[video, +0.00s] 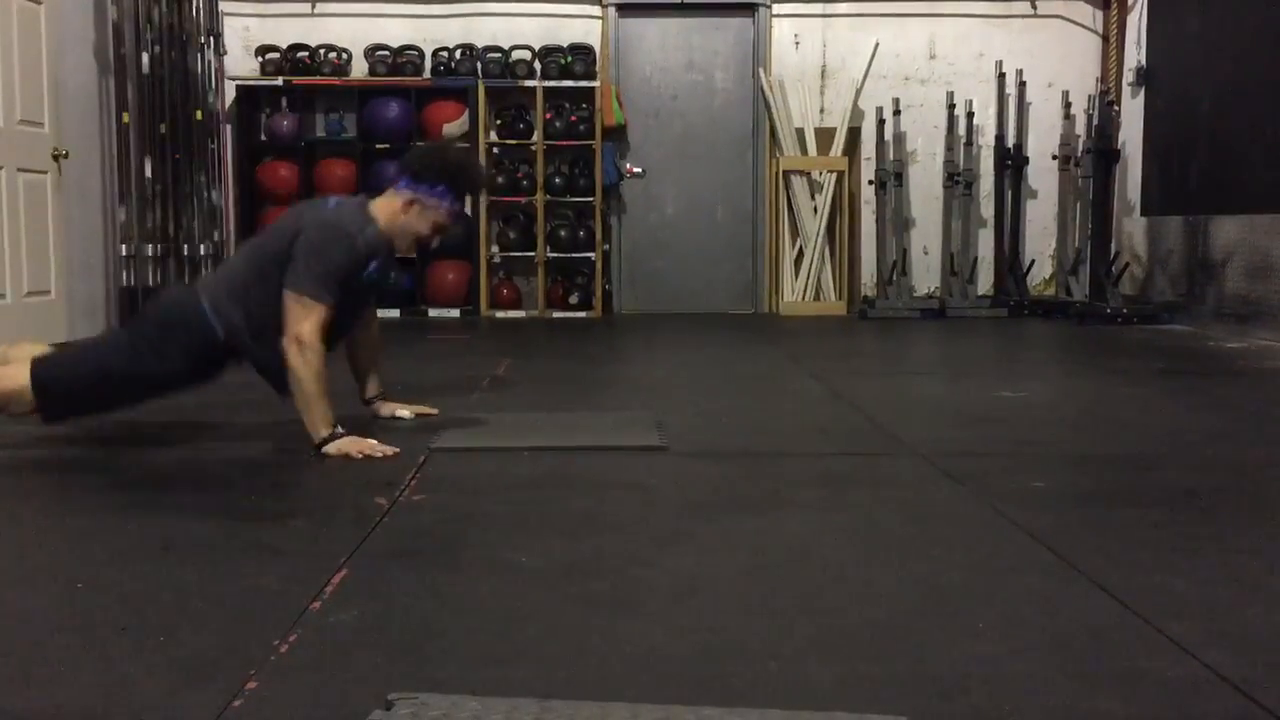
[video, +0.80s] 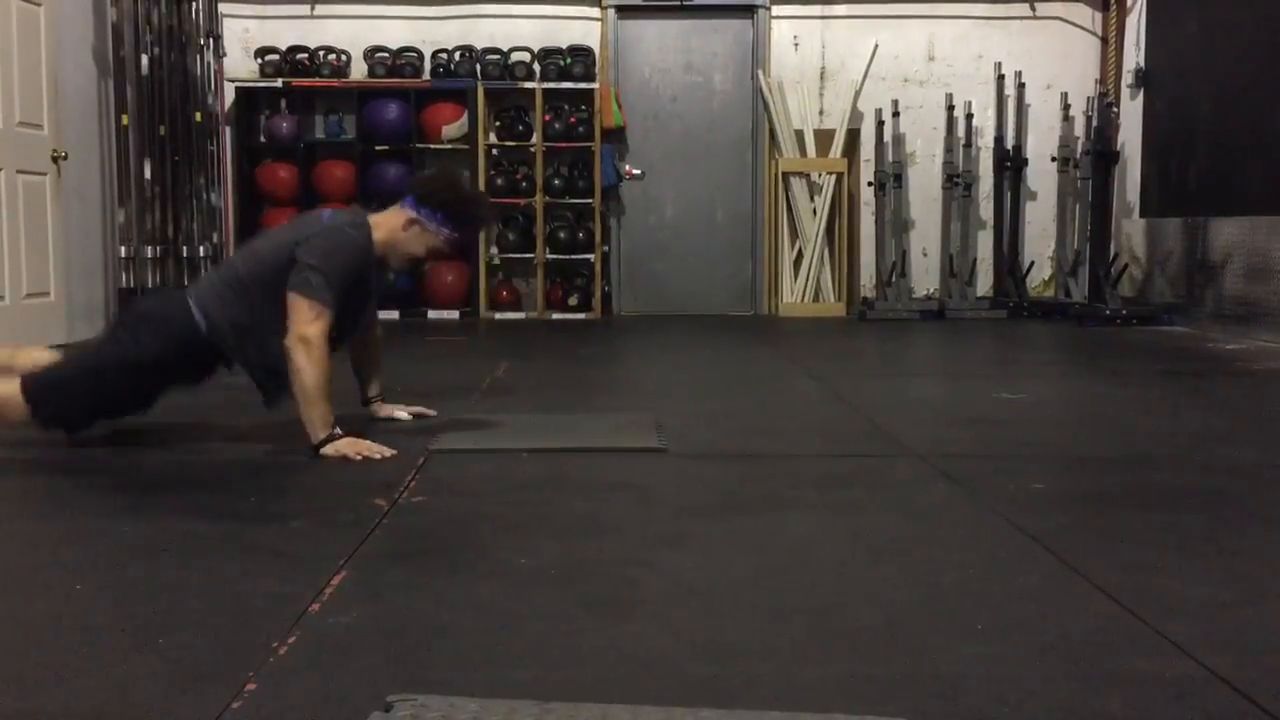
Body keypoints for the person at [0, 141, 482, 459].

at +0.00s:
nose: (437, 233)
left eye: (444, 224)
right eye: (437, 219)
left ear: (415, 201)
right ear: (408, 198)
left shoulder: (372, 242)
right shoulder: (337, 232)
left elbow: (361, 322)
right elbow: (300, 339)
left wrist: (374, 396)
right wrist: (328, 437)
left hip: (211, 328)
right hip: (194, 327)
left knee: (45, 377)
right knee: (33, 387)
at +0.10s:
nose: (438, 271)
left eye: (445, 260)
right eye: (438, 255)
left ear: (414, 240)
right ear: (406, 235)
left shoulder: (368, 278)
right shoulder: (338, 265)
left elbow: (343, 344)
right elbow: (280, 351)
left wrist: (371, 401)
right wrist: (325, 437)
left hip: (202, 374)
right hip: (184, 375)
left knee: (76, 400)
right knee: (21, 420)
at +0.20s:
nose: (457, 315)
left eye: (461, 304)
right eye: (456, 301)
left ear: (429, 288)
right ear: (427, 286)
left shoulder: (387, 325)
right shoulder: (356, 309)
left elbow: (334, 366)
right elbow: (270, 360)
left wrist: (371, 404)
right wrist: (326, 439)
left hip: (205, 393)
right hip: (187, 391)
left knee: (63, 395)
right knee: (20, 414)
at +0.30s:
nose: (469, 378)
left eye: (476, 370)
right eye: (471, 365)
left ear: (448, 338)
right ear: (449, 342)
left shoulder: (396, 347)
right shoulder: (382, 345)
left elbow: (322, 368)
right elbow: (280, 358)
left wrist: (384, 401)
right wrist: (327, 438)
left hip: (209, 385)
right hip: (199, 397)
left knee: (75, 399)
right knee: (29, 419)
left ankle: (1, 360)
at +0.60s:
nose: (473, 323)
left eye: (478, 312)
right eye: (472, 310)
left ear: (446, 294)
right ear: (443, 294)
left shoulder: (405, 322)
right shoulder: (383, 318)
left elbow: (329, 359)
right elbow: (287, 354)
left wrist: (377, 403)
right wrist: (326, 439)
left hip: (225, 386)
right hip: (208, 393)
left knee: (85, 394)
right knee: (31, 421)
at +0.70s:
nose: (445, 280)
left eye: (452, 269)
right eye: (445, 266)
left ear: (424, 249)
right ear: (415, 243)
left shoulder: (379, 282)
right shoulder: (348, 270)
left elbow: (356, 348)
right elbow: (287, 348)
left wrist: (377, 405)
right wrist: (324, 439)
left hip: (210, 377)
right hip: (193, 376)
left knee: (83, 397)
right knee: (26, 423)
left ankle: (1, 361)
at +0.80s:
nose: (435, 257)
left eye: (443, 249)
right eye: (439, 245)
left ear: (416, 220)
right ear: (416, 221)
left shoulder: (364, 251)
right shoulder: (336, 241)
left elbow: (363, 326)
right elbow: (305, 337)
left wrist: (373, 396)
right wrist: (326, 437)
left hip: (189, 330)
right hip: (175, 332)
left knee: (65, 368)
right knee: (33, 397)